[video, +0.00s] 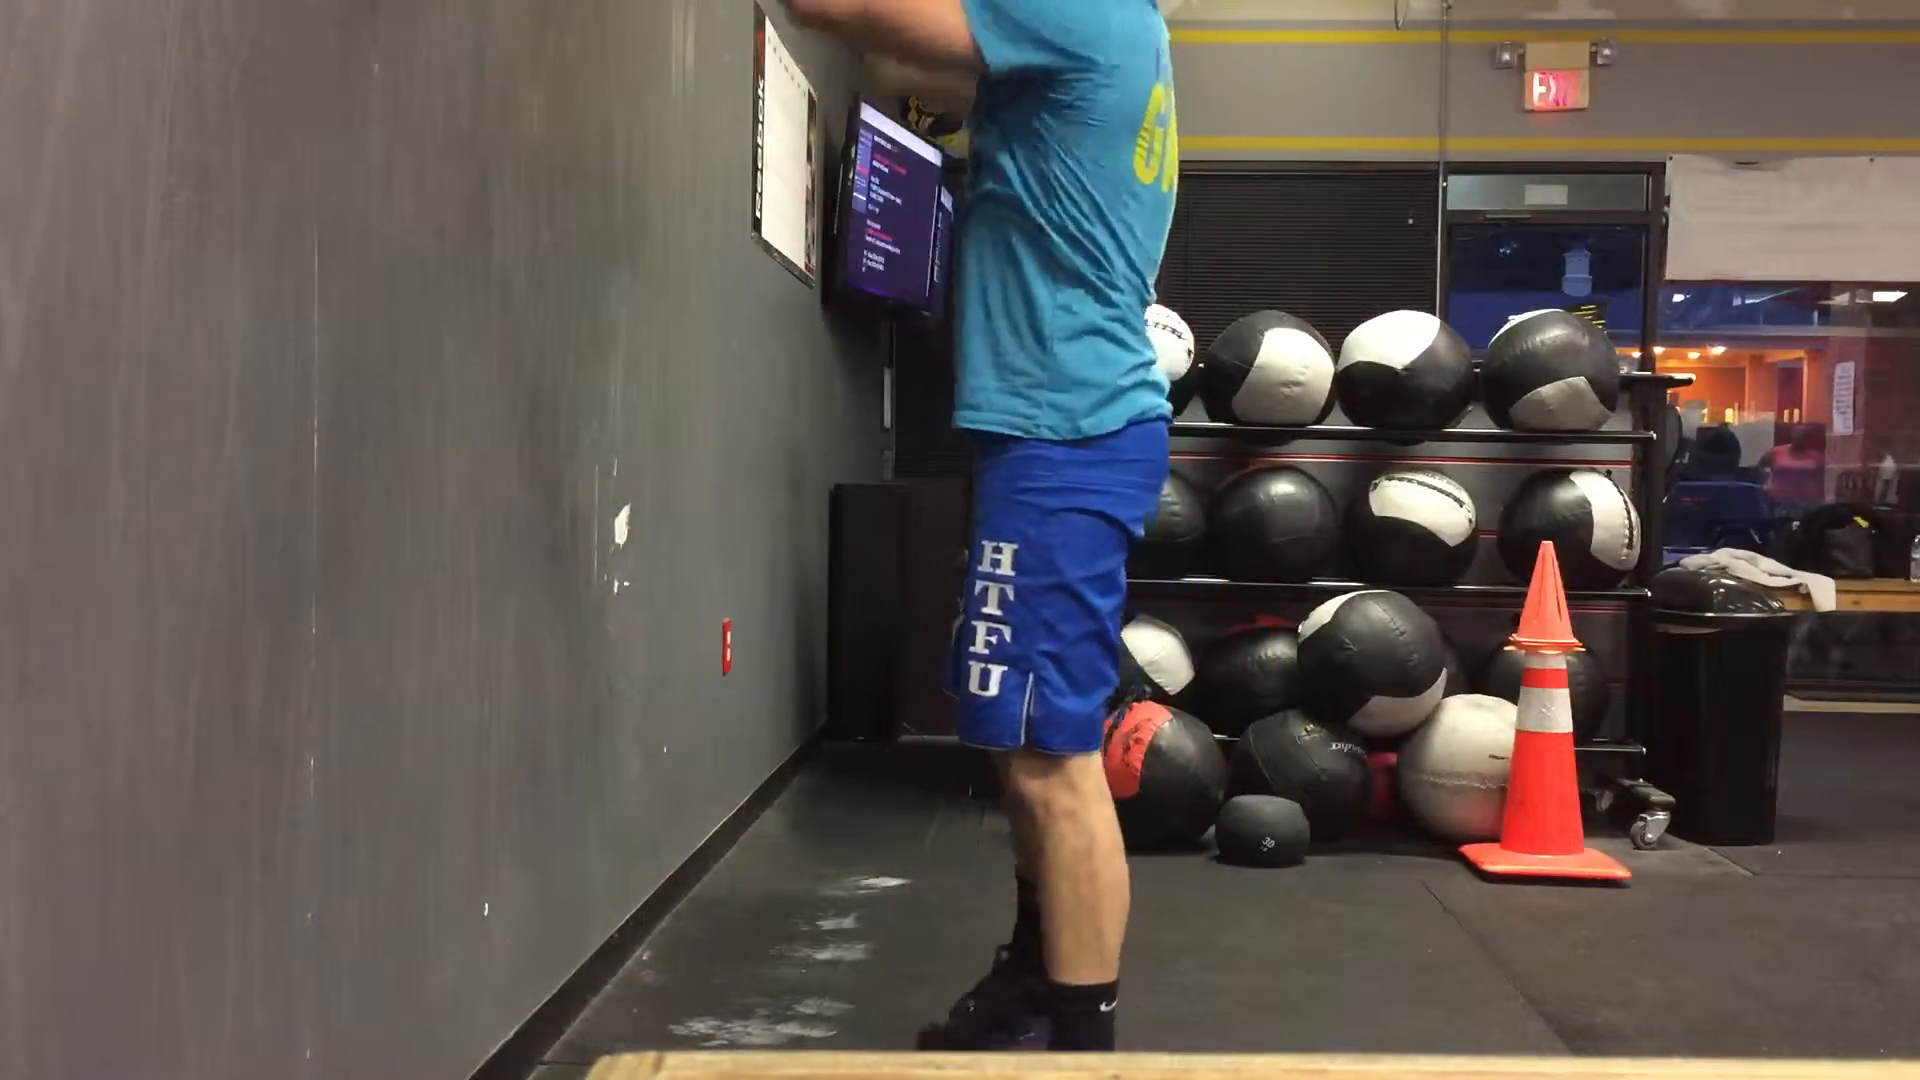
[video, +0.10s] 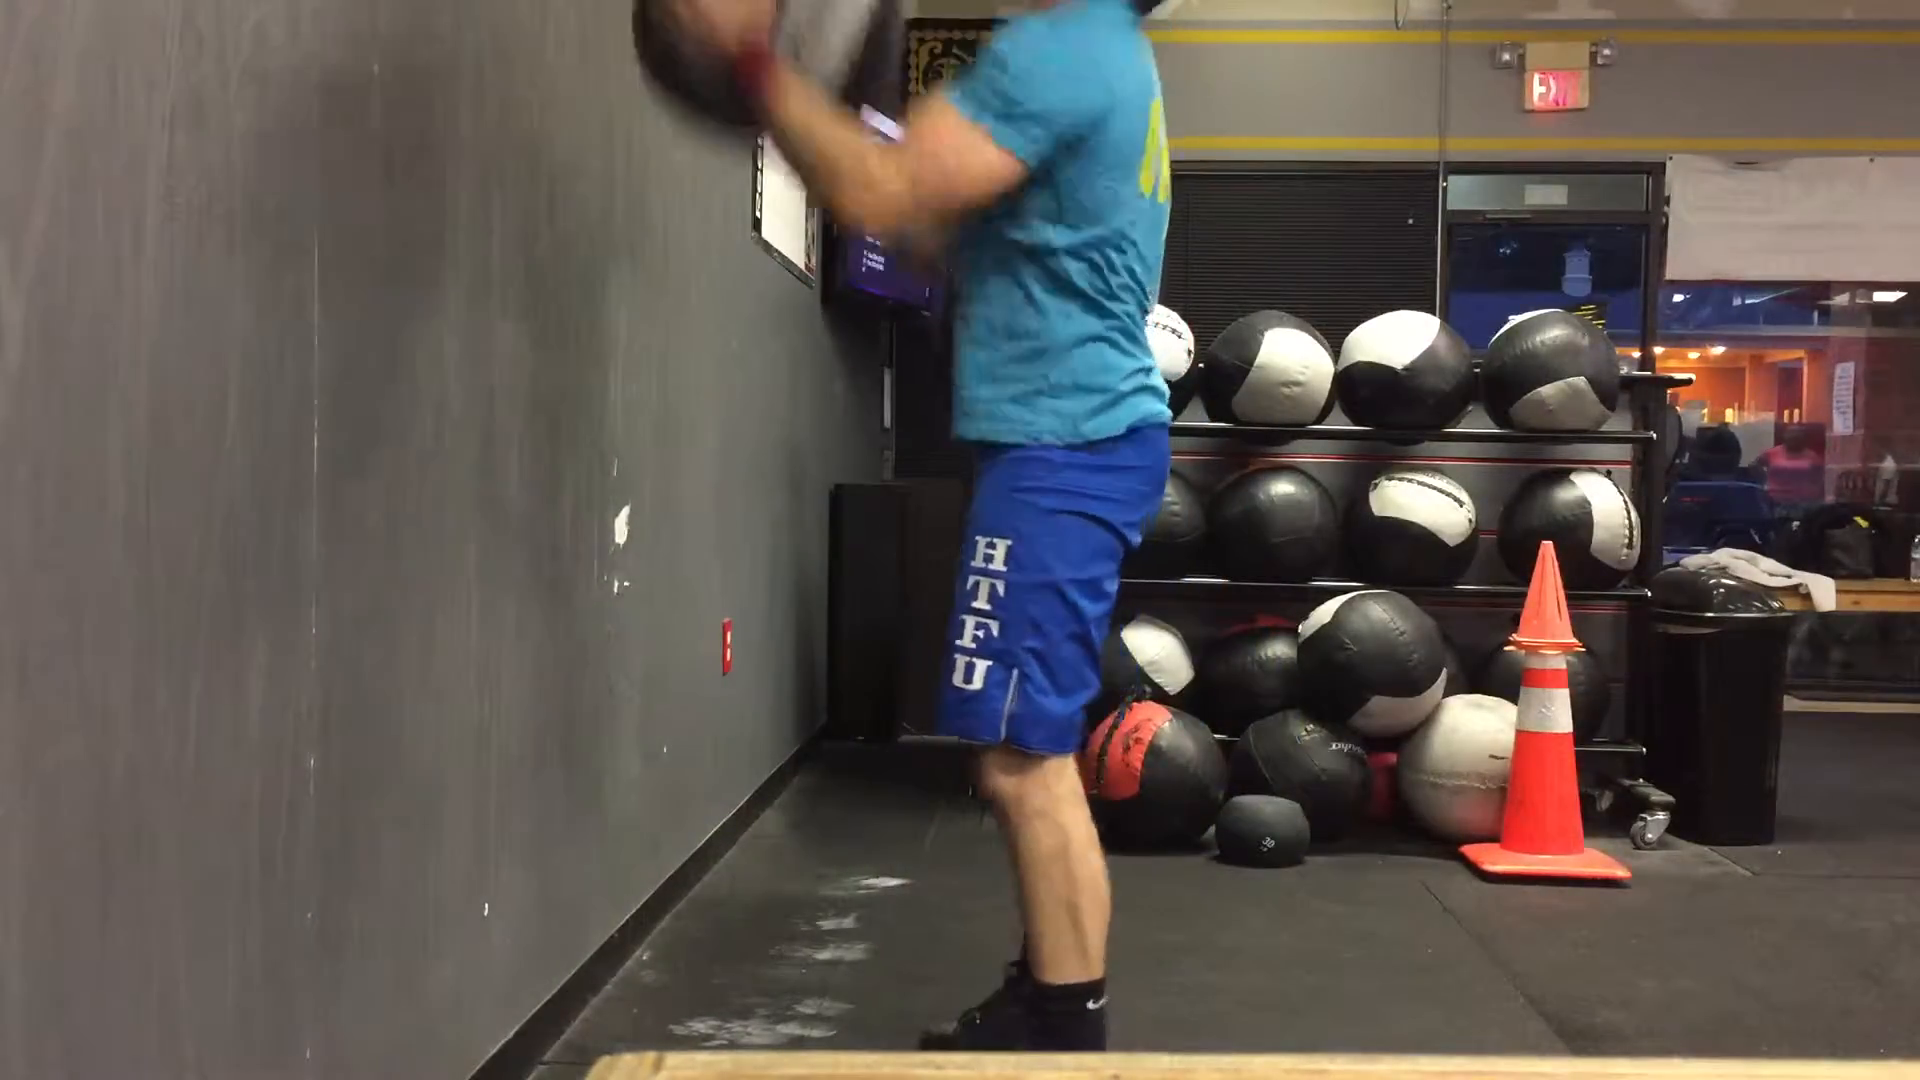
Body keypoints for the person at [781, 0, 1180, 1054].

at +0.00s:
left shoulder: (1083, 17)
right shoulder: (1104, 26)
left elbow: (863, 19)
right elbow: (918, 75)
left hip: (1069, 429)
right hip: (1053, 425)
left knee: (1053, 753)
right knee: (1028, 741)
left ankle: (1084, 1040)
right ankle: (1038, 983)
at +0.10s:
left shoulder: (1066, 49)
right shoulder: (1090, 45)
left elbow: (882, 194)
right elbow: (941, 208)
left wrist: (757, 61)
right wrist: (881, 152)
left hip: (1067, 444)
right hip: (1059, 440)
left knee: (1025, 756)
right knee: (1021, 750)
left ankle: (1071, 1025)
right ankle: (1046, 998)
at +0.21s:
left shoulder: (1042, 79)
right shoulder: (1072, 67)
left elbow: (985, 286)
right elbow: (1021, 260)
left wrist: (810, 214)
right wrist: (903, 189)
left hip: (1072, 453)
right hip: (1084, 447)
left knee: (969, 742)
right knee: (1018, 736)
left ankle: (1048, 1010)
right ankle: (1053, 994)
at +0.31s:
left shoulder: (1049, 73)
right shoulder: (1045, 73)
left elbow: (1068, 281)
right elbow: (1032, 270)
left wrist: (879, 282)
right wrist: (875, 273)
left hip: (1076, 451)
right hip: (1078, 449)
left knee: (958, 737)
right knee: (1015, 731)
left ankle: (1049, 1019)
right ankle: (1060, 998)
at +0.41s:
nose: (929, 5)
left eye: (939, 2)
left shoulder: (1041, 68)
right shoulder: (1027, 73)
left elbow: (1108, 265)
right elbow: (1046, 271)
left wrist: (925, 318)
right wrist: (900, 310)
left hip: (1075, 447)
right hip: (1066, 445)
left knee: (979, 732)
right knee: (1027, 730)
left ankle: (1053, 1015)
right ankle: (1057, 998)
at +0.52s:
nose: (928, 2)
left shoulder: (1043, 68)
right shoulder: (1017, 78)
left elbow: (1113, 262)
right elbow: (1049, 271)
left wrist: (931, 322)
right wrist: (902, 310)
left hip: (1085, 453)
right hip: (1054, 452)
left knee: (1023, 746)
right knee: (1028, 744)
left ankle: (1072, 1018)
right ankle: (1059, 1005)